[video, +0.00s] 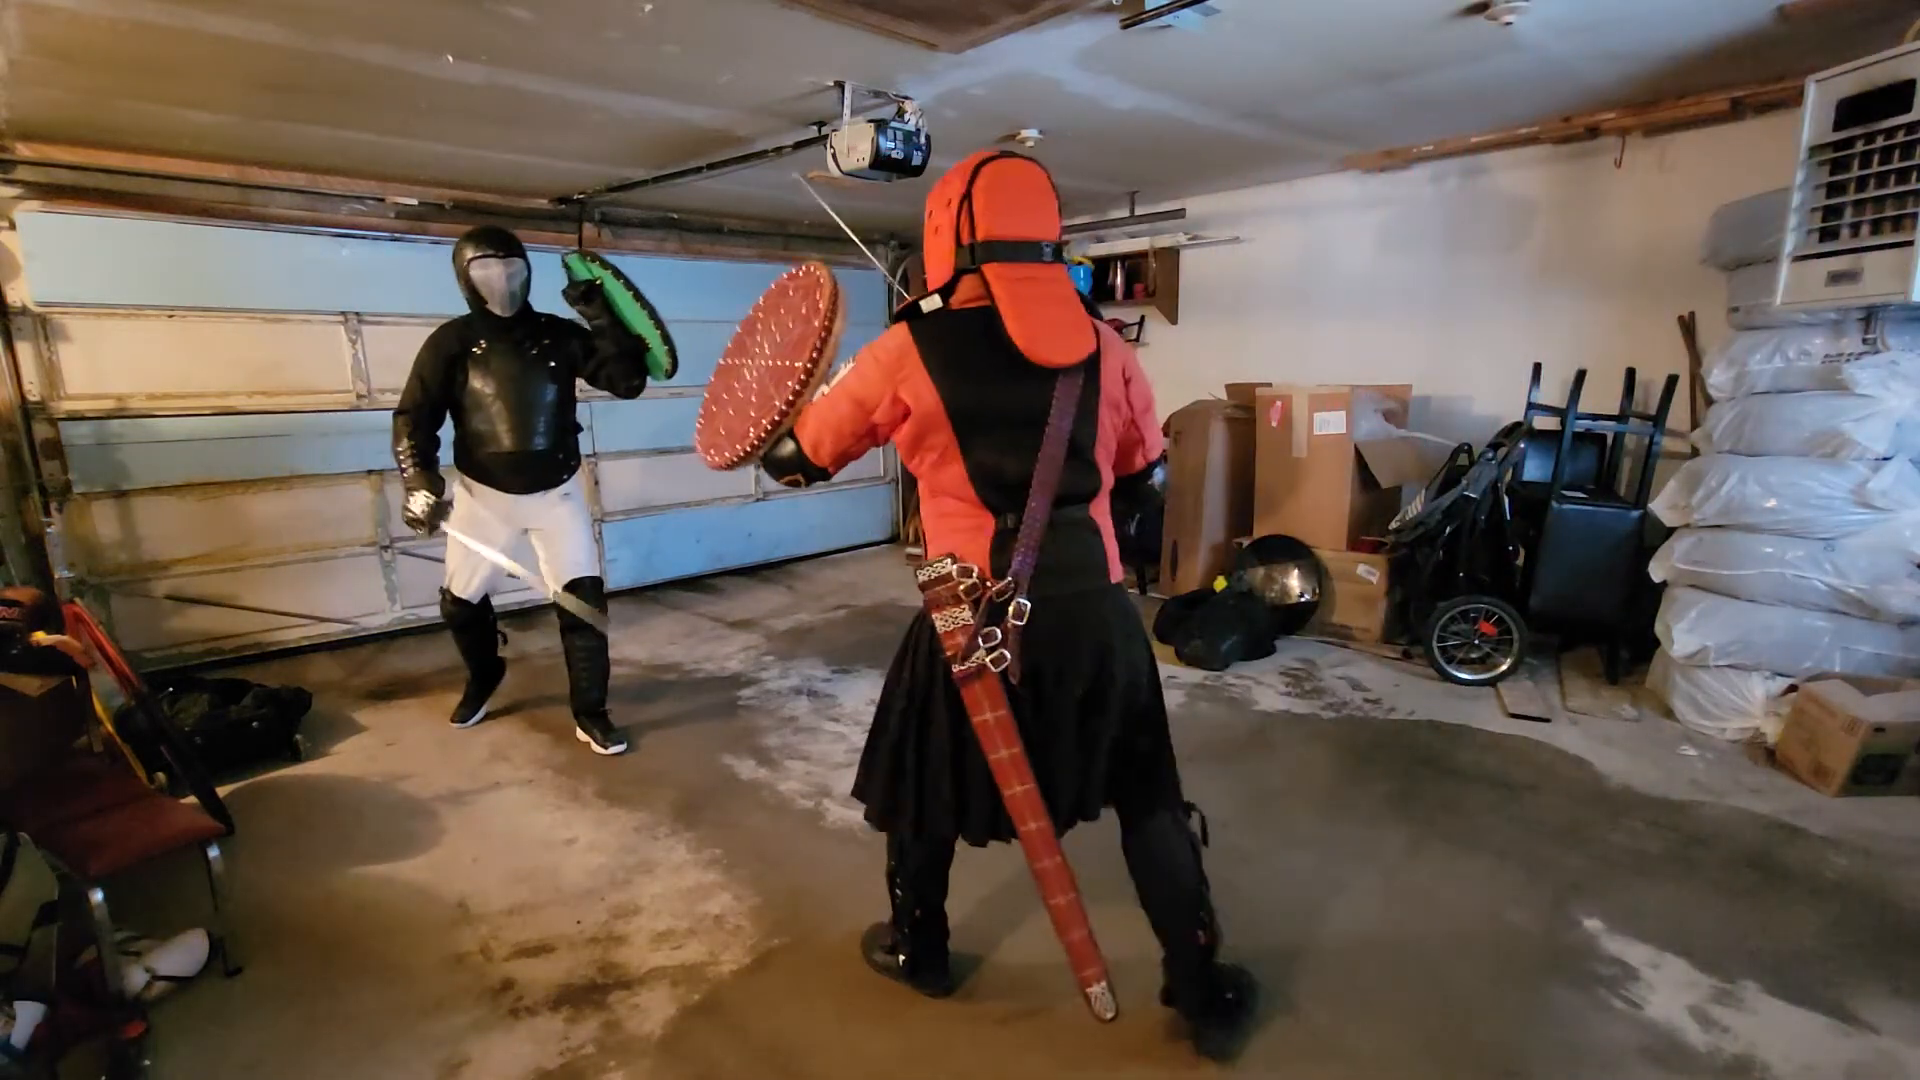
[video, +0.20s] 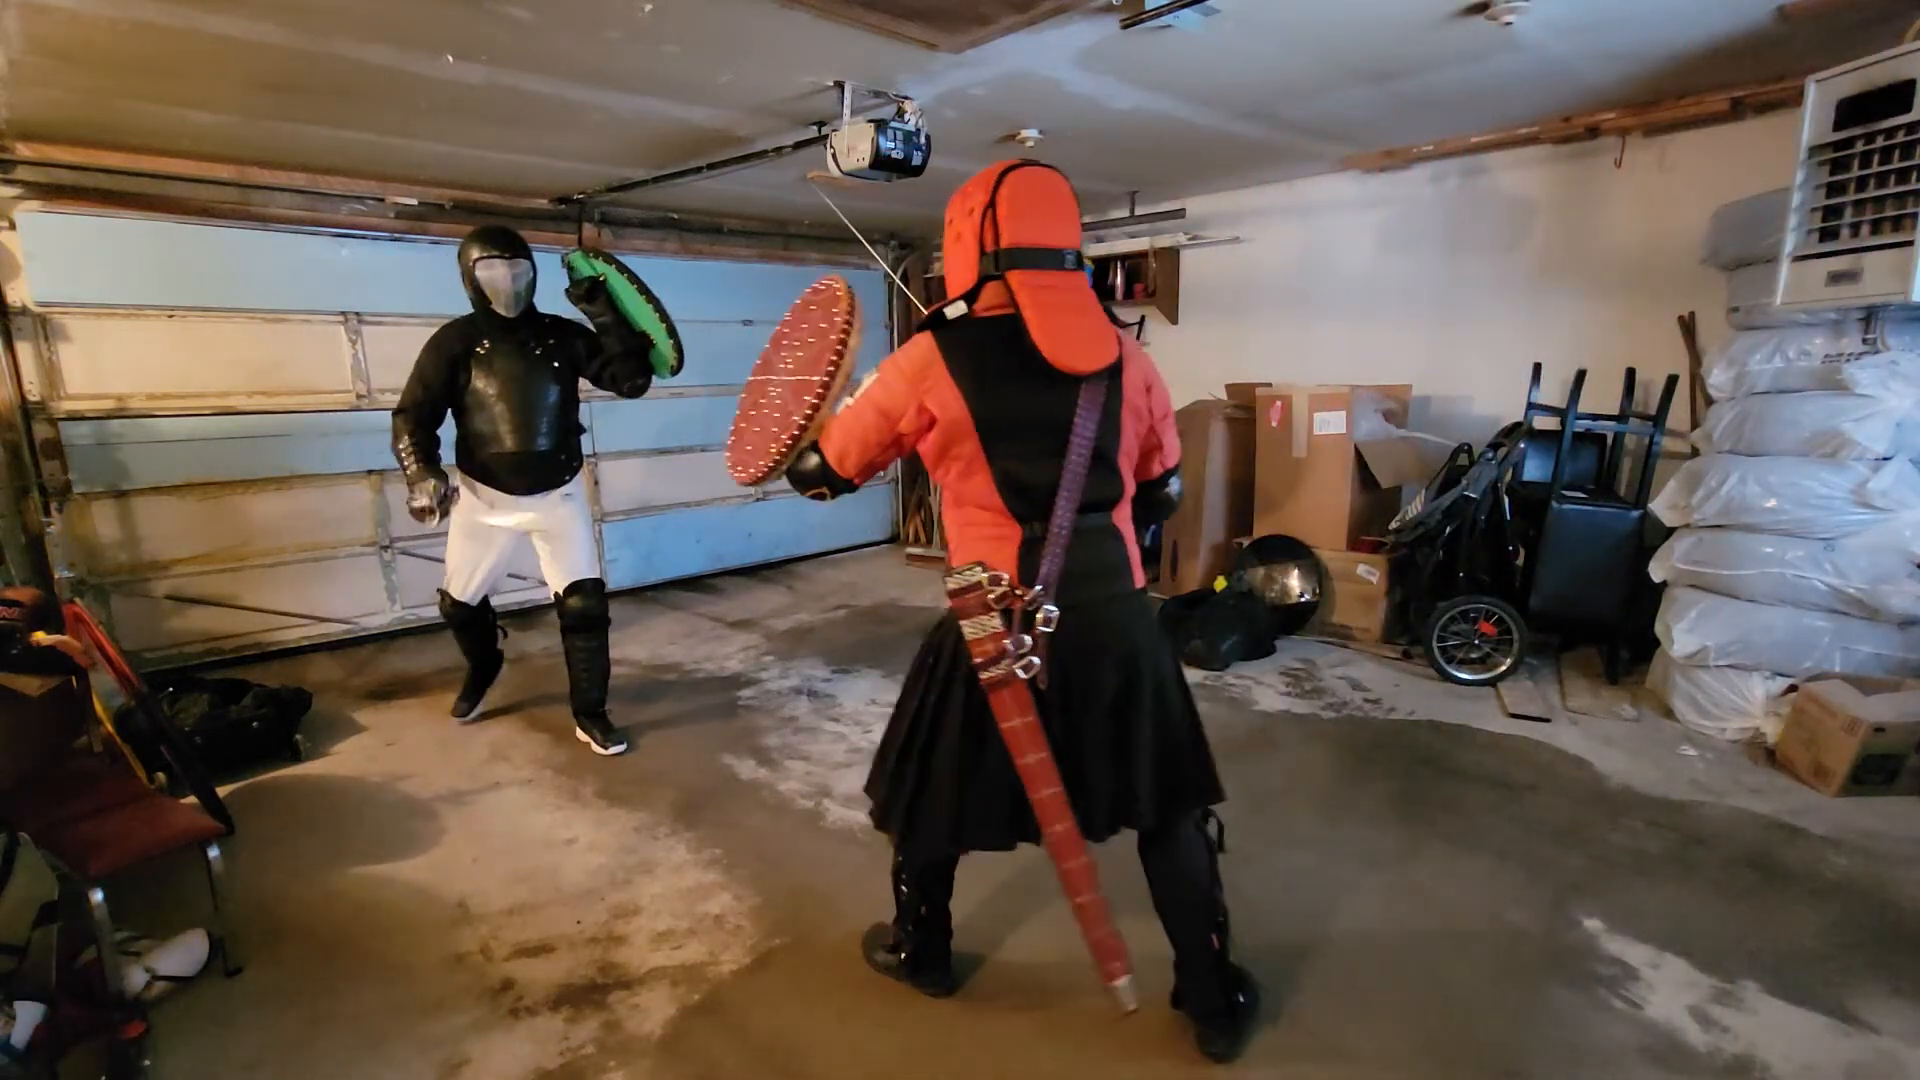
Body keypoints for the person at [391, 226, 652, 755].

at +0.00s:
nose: (501, 272)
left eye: (509, 261)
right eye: (487, 263)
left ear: (524, 268)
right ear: (466, 276)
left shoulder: (562, 336)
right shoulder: (451, 343)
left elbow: (627, 380)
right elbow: (413, 417)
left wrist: (601, 316)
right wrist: (420, 481)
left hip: (557, 494)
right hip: (482, 497)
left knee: (583, 600)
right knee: (461, 602)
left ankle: (591, 712)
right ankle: (485, 673)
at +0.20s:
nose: (507, 271)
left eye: (515, 260)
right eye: (493, 263)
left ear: (530, 268)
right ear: (472, 276)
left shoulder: (566, 336)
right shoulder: (455, 342)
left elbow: (631, 379)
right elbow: (412, 416)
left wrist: (604, 313)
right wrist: (422, 474)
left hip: (559, 498)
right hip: (482, 501)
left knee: (586, 607)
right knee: (460, 604)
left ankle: (590, 712)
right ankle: (485, 664)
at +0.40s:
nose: (484, 279)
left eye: (492, 268)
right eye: (470, 271)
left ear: (510, 276)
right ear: (451, 284)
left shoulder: (548, 342)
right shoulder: (438, 351)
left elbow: (611, 385)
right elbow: (392, 423)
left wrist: (589, 322)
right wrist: (409, 464)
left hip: (545, 497)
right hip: (469, 501)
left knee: (577, 605)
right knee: (456, 614)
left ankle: (590, 712)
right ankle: (473, 676)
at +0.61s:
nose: (461, 288)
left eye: (469, 276)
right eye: (447, 277)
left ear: (484, 282)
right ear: (427, 287)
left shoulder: (518, 345)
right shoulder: (411, 355)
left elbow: (583, 389)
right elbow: (365, 428)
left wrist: (557, 326)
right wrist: (389, 469)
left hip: (517, 499)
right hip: (446, 503)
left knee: (555, 597)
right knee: (451, 608)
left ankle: (586, 705)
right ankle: (480, 681)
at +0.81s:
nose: (449, 288)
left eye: (456, 276)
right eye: (435, 277)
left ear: (470, 281)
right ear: (413, 286)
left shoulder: (503, 344)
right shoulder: (396, 354)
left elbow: (567, 384)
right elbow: (351, 424)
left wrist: (537, 324)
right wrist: (371, 484)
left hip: (504, 498)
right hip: (434, 503)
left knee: (545, 583)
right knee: (447, 603)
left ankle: (554, 678)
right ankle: (480, 681)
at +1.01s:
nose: (446, 289)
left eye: (453, 277)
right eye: (432, 279)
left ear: (468, 282)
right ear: (410, 289)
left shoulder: (497, 346)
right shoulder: (392, 356)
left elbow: (565, 384)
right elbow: (349, 429)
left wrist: (535, 326)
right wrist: (371, 495)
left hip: (503, 496)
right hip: (435, 501)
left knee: (536, 586)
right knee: (446, 602)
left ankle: (540, 679)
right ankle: (480, 682)